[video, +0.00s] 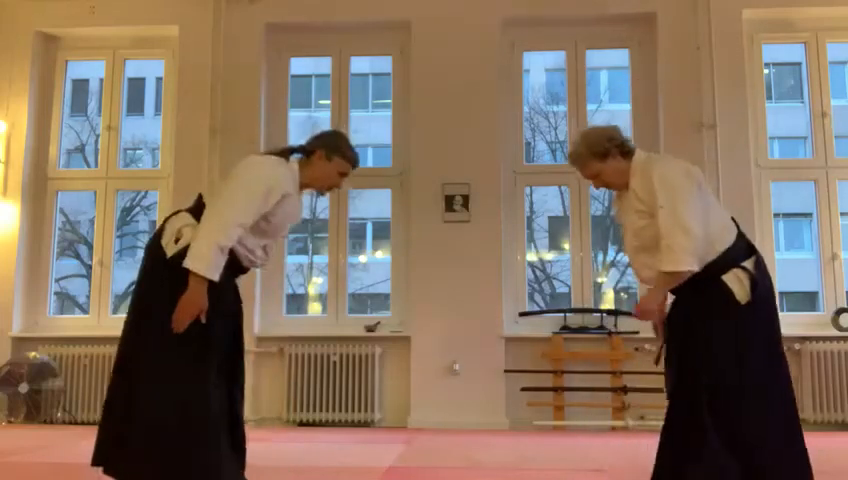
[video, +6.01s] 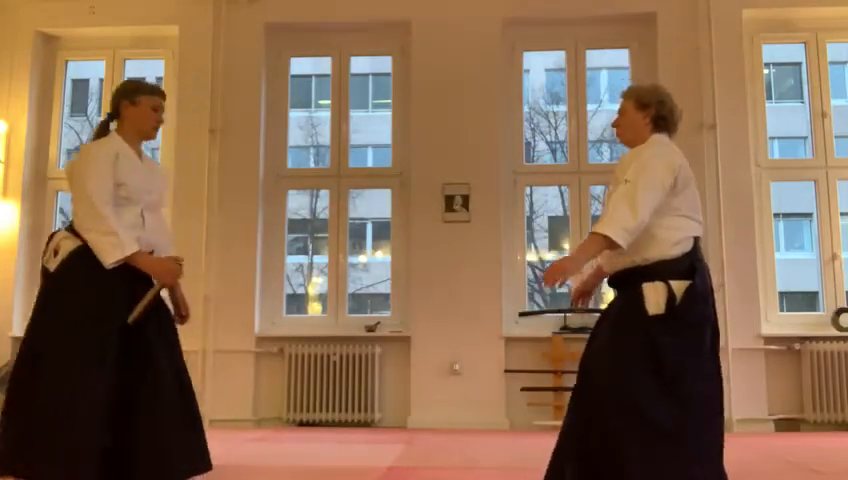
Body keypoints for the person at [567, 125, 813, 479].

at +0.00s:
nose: (597, 185)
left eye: (596, 176)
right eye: (591, 181)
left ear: (612, 155)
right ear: (611, 158)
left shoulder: (667, 174)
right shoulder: (628, 196)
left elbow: (686, 247)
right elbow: (651, 255)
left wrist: (656, 292)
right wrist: (657, 306)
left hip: (730, 288)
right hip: (693, 294)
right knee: (692, 399)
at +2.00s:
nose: (642, 117)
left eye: (650, 110)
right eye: (644, 110)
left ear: (674, 113)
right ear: (671, 114)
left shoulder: (689, 152)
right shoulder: (670, 157)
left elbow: (690, 219)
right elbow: (672, 221)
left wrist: (670, 278)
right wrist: (652, 278)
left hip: (692, 282)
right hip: (669, 283)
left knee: (694, 392)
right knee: (669, 394)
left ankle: (705, 474)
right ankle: (675, 474)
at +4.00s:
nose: (563, 113)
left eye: (571, 105)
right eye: (565, 105)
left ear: (597, 110)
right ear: (588, 112)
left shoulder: (631, 157)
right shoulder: (567, 171)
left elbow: (653, 213)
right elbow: (517, 202)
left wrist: (651, 270)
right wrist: (474, 178)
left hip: (634, 281)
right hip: (588, 289)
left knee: (645, 391)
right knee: (559, 385)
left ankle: (660, 474)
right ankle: (551, 473)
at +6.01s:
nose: (616, 119)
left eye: (623, 112)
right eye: (618, 112)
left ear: (647, 116)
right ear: (646, 117)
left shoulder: (656, 155)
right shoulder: (647, 157)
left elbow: (624, 219)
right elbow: (640, 236)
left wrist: (575, 258)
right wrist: (598, 272)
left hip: (661, 293)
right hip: (649, 290)